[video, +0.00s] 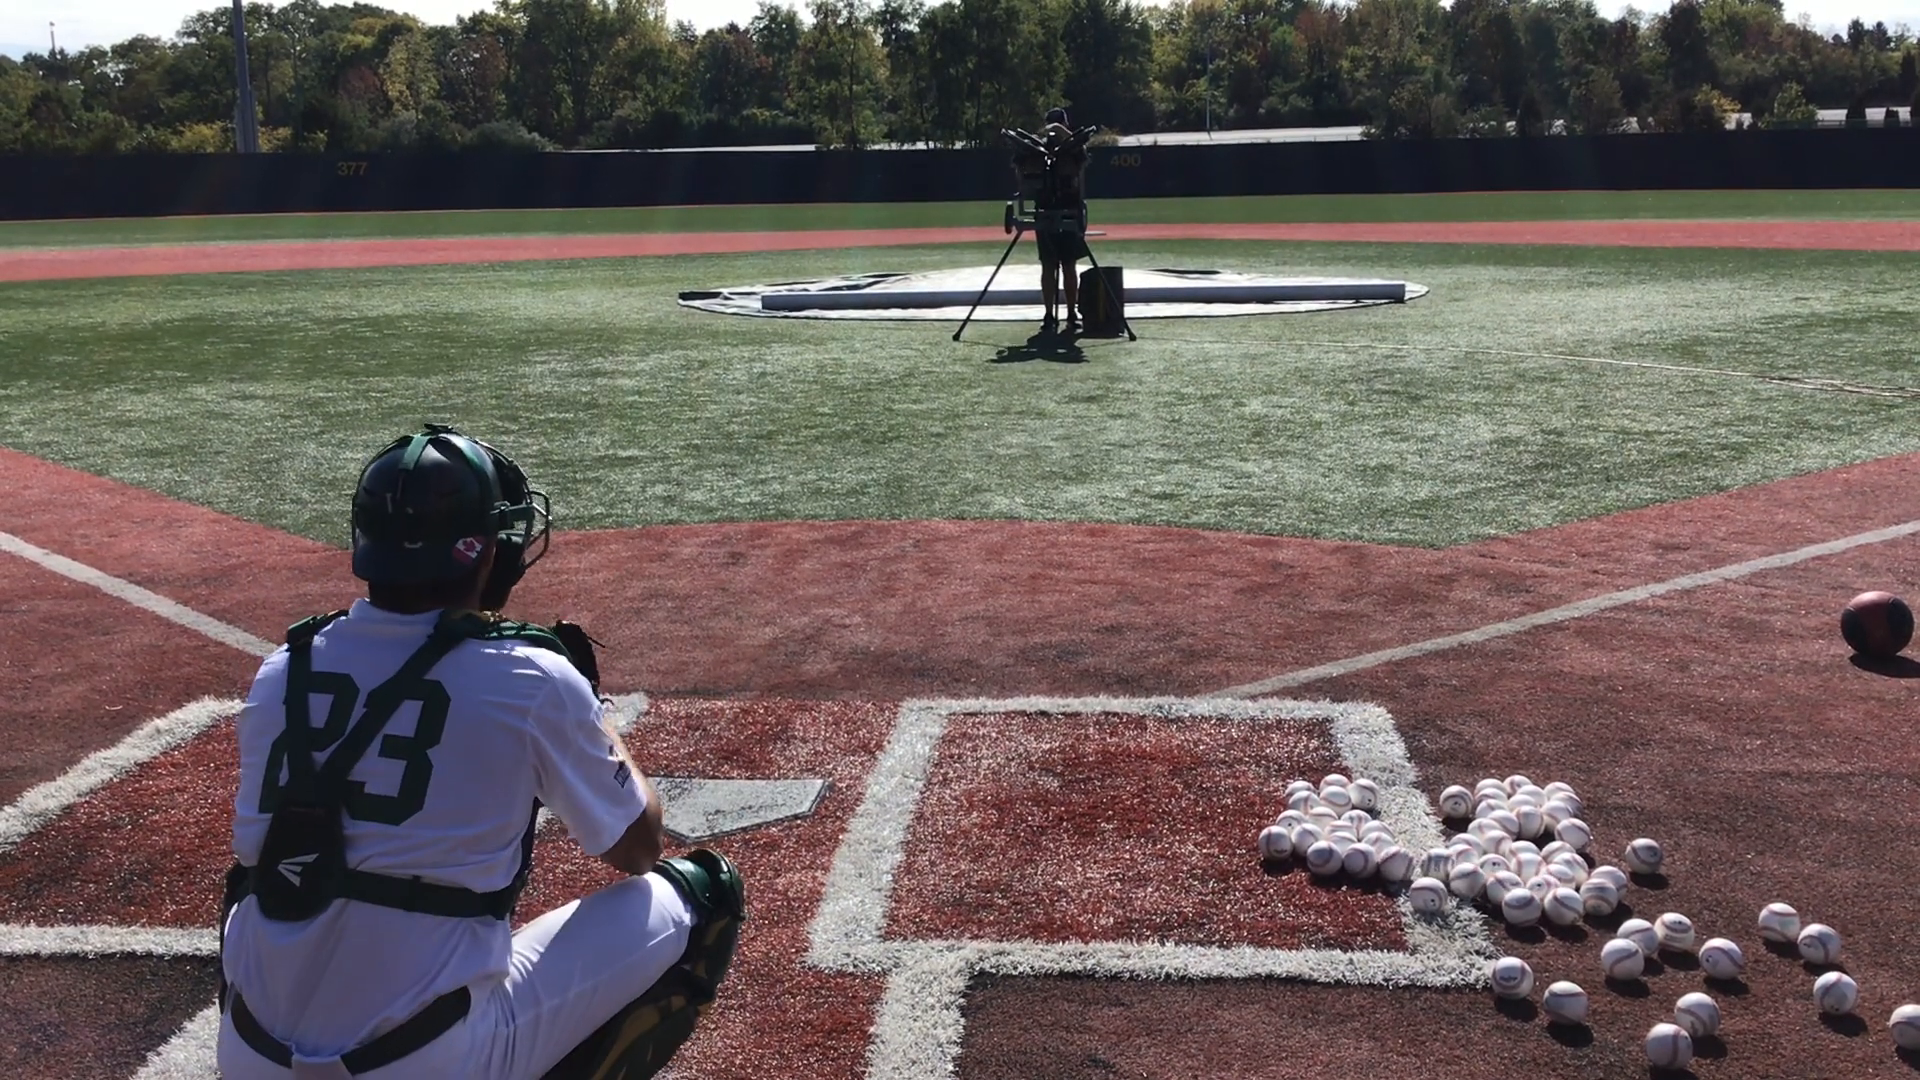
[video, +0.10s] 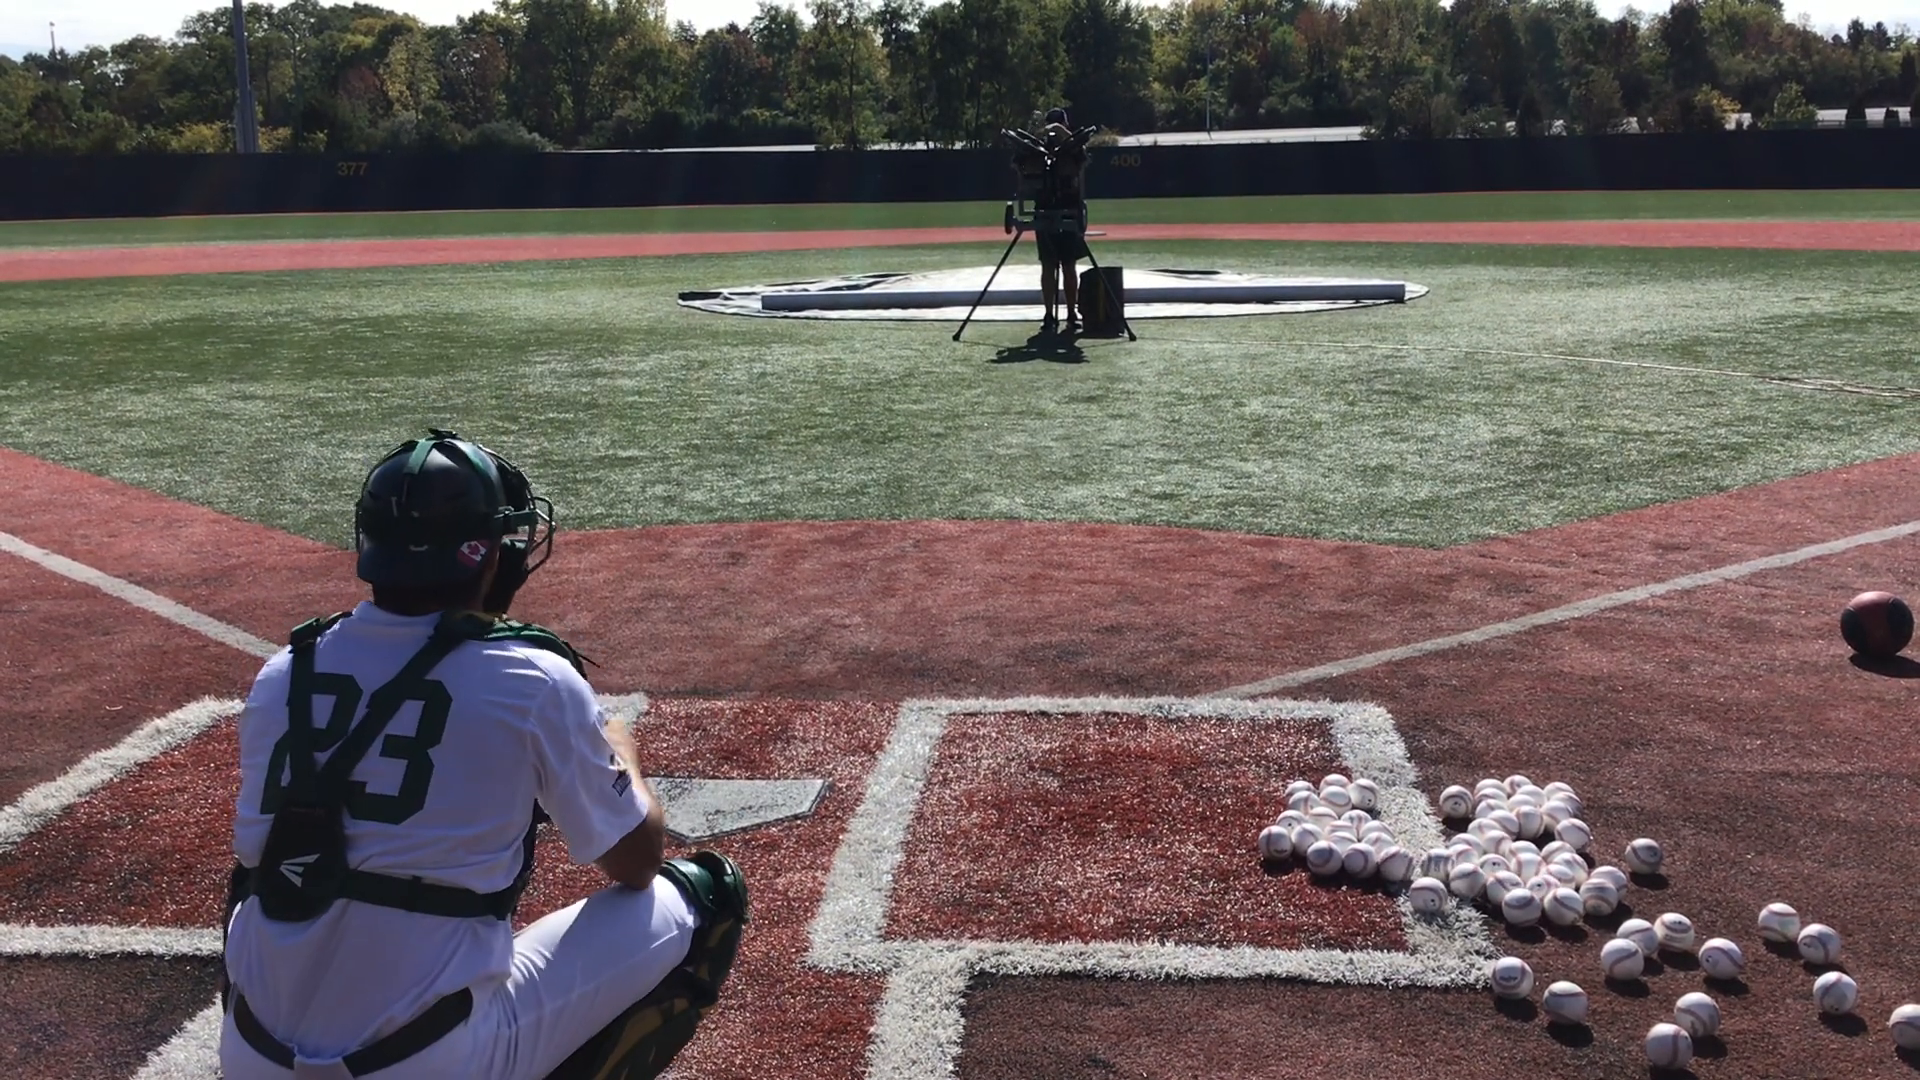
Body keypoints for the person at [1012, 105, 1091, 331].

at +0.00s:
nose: (1054, 131)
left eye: (1057, 127)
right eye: (1051, 127)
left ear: (1065, 127)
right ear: (1048, 128)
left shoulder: (1074, 147)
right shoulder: (1039, 149)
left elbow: (1081, 160)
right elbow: (1021, 165)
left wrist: (1066, 135)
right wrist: (1029, 144)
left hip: (1070, 213)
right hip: (1045, 213)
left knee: (1069, 267)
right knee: (1048, 269)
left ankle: (1072, 314)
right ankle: (1049, 315)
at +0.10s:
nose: (1054, 132)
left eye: (1057, 127)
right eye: (1051, 128)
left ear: (1065, 128)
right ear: (1046, 129)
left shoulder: (1073, 149)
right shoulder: (1039, 150)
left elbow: (1081, 158)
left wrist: (1066, 135)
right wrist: (1028, 145)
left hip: (1070, 213)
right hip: (1045, 214)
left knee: (1069, 267)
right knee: (1048, 268)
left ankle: (1072, 314)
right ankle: (1049, 315)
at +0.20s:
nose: (1054, 133)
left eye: (1058, 128)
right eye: (1051, 129)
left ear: (1063, 128)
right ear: (1044, 130)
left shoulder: (1073, 149)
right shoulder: (1039, 149)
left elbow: (1082, 157)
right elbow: (1021, 154)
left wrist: (1065, 134)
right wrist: (1033, 124)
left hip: (1069, 212)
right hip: (1044, 213)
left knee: (1069, 267)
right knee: (1048, 269)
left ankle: (1071, 314)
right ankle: (1049, 315)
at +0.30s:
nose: (1055, 131)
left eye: (1058, 126)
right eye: (1052, 127)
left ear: (1062, 127)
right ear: (1045, 128)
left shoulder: (1072, 148)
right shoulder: (1038, 149)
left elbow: (1082, 158)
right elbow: (1019, 156)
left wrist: (1063, 134)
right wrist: (1032, 128)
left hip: (1069, 213)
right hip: (1044, 214)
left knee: (1068, 268)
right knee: (1048, 269)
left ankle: (1071, 314)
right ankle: (1049, 315)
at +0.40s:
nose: (1054, 131)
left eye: (1056, 127)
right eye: (1051, 127)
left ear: (1063, 127)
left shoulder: (1073, 148)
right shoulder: (1037, 149)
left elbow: (1080, 157)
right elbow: (1019, 147)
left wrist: (1062, 133)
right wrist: (1034, 121)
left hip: (1069, 213)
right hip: (1045, 214)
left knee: (1068, 267)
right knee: (1049, 268)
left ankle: (1071, 314)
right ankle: (1049, 314)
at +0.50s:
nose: (1053, 132)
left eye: (1057, 128)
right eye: (1050, 129)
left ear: (1066, 127)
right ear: (1046, 131)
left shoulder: (1073, 148)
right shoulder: (1038, 150)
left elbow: (1079, 155)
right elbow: (1018, 147)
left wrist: (1061, 132)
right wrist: (1034, 123)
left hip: (1069, 213)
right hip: (1045, 213)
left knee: (1069, 267)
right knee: (1048, 268)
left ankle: (1071, 313)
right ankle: (1049, 314)